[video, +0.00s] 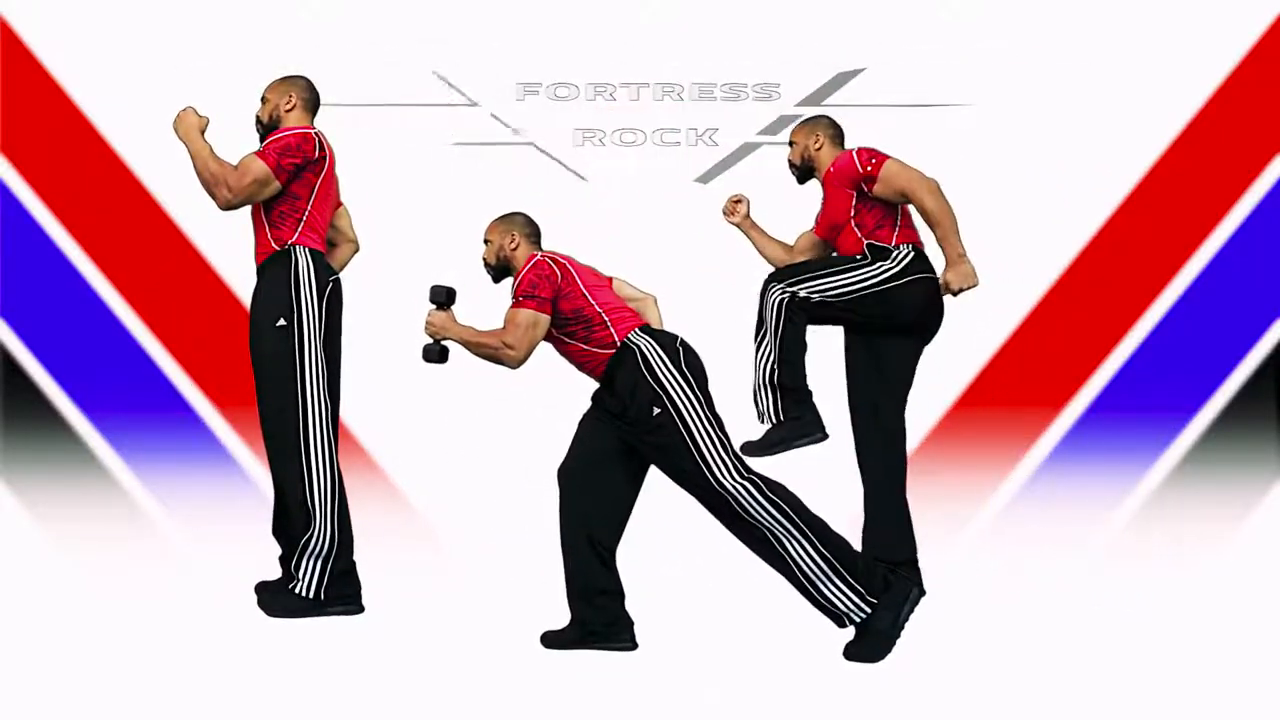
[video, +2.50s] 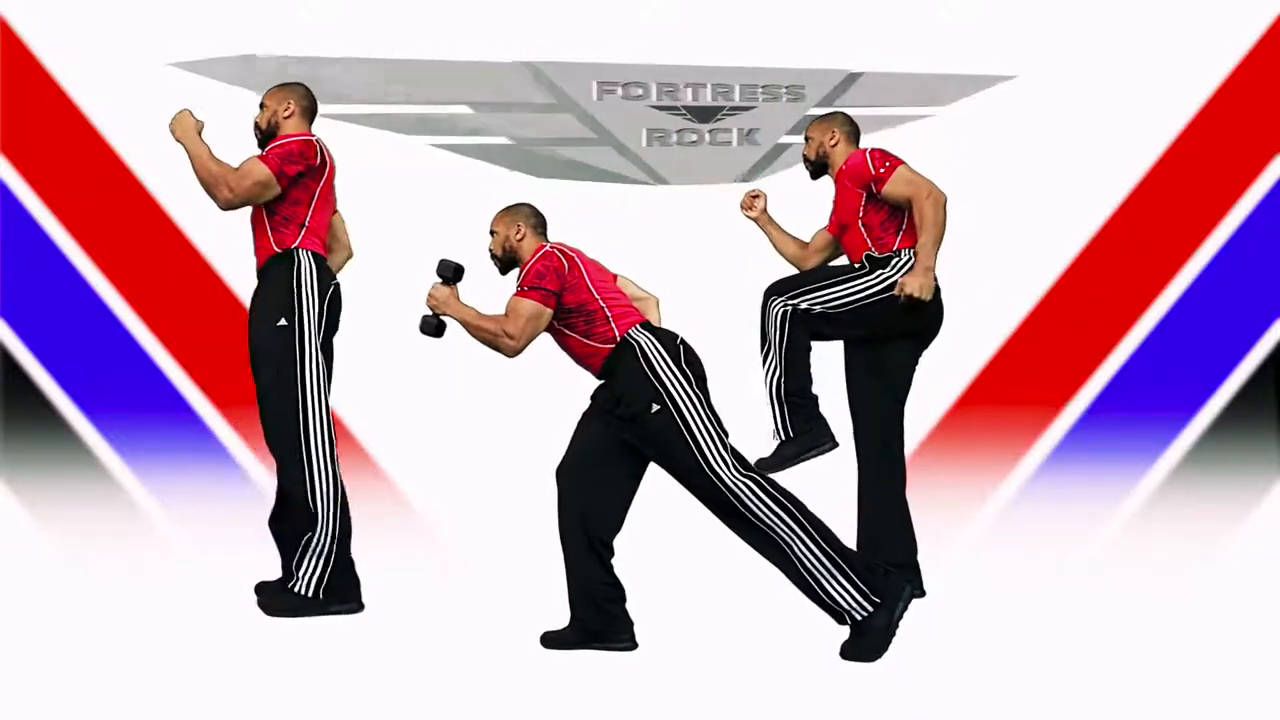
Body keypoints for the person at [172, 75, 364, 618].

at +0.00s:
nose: (257, 111)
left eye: (263, 100)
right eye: (259, 103)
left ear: (287, 101)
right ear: (299, 106)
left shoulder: (299, 141)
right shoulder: (306, 154)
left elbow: (228, 191)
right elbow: (344, 240)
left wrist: (194, 137)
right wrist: (299, 287)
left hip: (296, 285)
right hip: (295, 287)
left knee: (305, 432)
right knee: (295, 432)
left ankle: (322, 582)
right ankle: (310, 575)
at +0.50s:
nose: (260, 118)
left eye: (266, 108)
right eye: (262, 110)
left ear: (291, 109)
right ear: (298, 113)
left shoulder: (309, 150)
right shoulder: (295, 162)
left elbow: (263, 208)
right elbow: (314, 254)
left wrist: (206, 174)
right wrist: (259, 276)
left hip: (296, 289)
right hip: (284, 292)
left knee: (290, 428)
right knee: (276, 427)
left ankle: (309, 577)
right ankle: (323, 569)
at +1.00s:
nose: (261, 126)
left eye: (268, 116)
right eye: (263, 119)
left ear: (294, 118)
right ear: (295, 122)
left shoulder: (319, 154)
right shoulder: (286, 186)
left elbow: (364, 211)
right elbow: (229, 231)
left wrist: (305, 240)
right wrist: (211, 175)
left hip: (305, 277)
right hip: (296, 297)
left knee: (185, 286)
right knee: (289, 436)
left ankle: (189, 422)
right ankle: (319, 568)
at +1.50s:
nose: (262, 126)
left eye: (269, 117)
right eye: (264, 120)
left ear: (295, 117)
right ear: (296, 122)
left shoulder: (321, 156)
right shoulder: (284, 185)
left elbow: (364, 212)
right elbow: (229, 229)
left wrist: (303, 242)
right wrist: (212, 173)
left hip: (306, 278)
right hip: (296, 295)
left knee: (185, 295)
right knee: (288, 438)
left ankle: (195, 429)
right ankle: (317, 572)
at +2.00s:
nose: (261, 124)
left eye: (268, 114)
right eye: (263, 117)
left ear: (294, 115)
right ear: (295, 119)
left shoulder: (317, 154)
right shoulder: (284, 185)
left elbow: (356, 216)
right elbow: (231, 235)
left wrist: (291, 240)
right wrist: (206, 182)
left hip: (301, 281)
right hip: (299, 295)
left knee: (184, 324)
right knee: (286, 439)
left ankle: (217, 459)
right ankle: (315, 573)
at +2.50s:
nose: (256, 116)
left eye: (262, 107)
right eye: (258, 109)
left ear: (285, 108)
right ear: (297, 112)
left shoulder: (300, 147)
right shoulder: (303, 161)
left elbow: (229, 191)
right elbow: (339, 247)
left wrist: (192, 139)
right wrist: (298, 296)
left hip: (295, 285)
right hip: (292, 288)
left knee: (303, 431)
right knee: (291, 433)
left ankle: (323, 582)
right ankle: (309, 574)